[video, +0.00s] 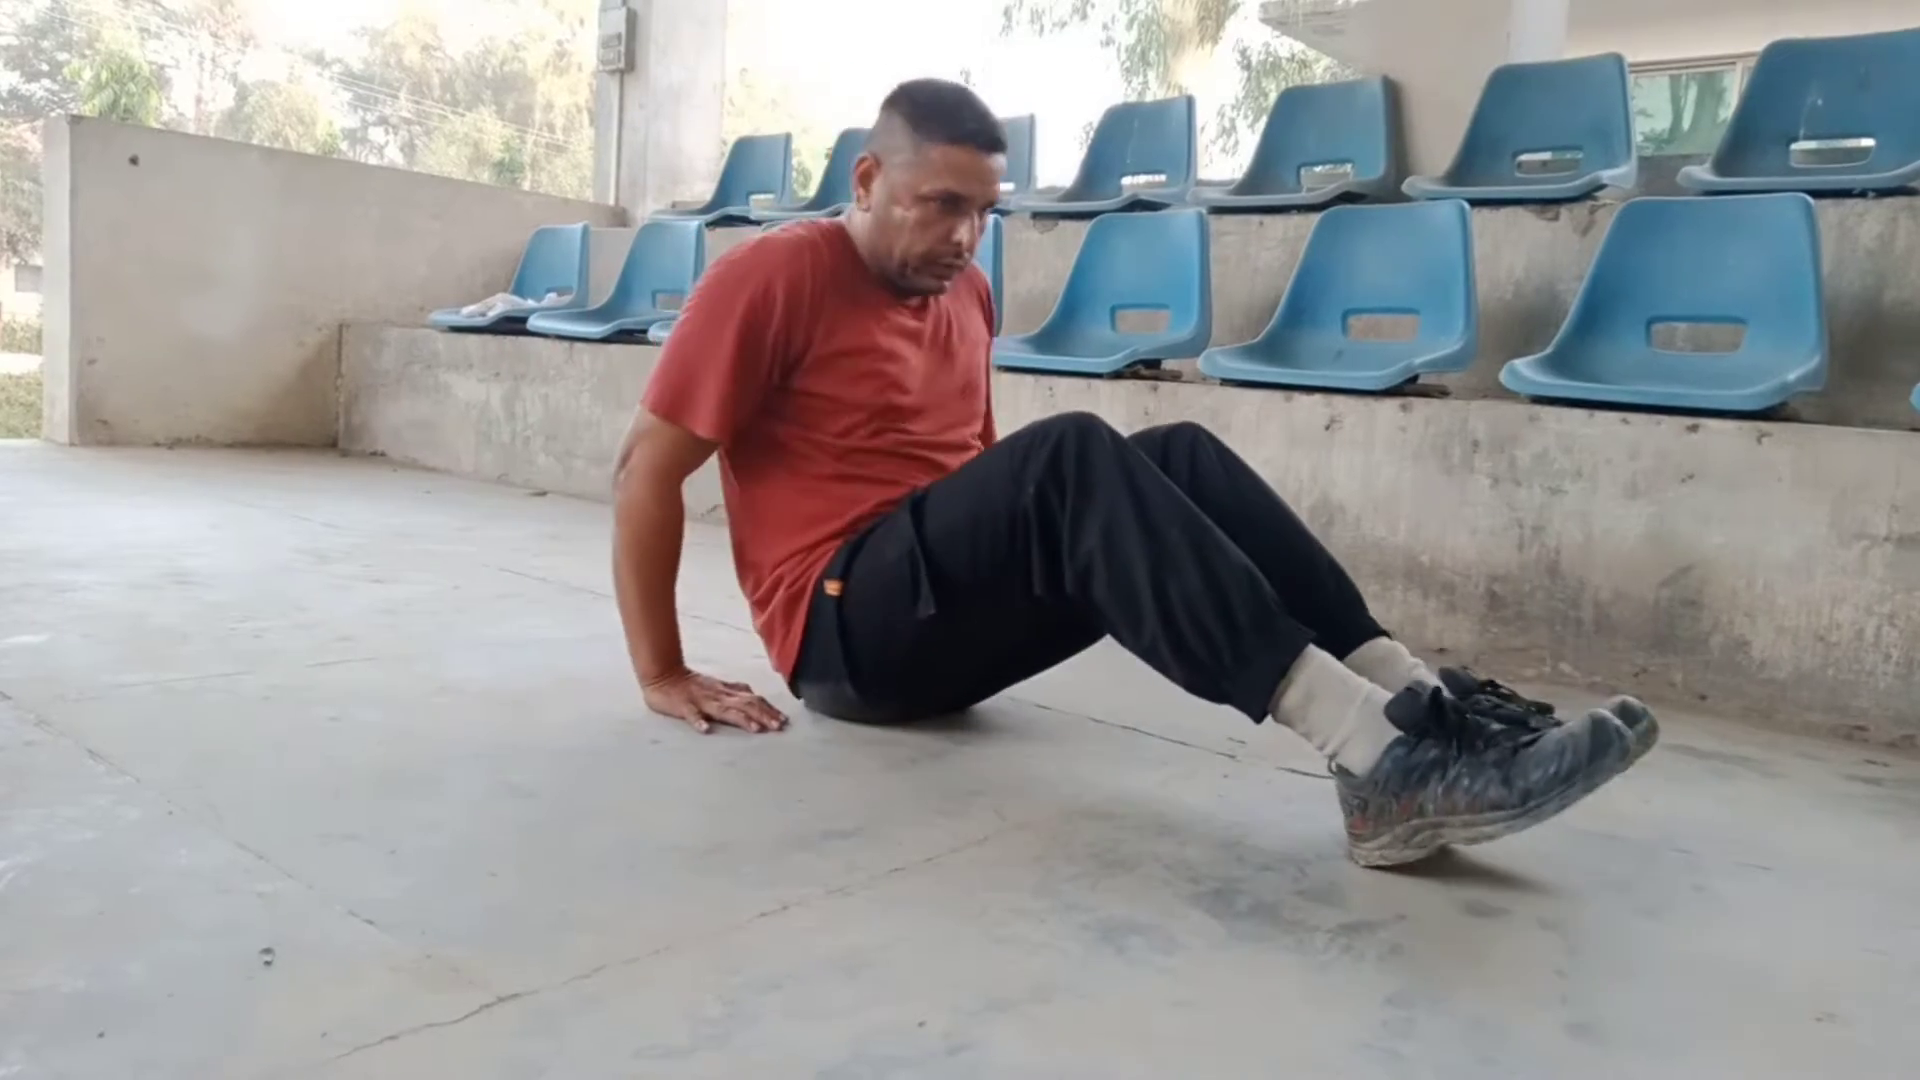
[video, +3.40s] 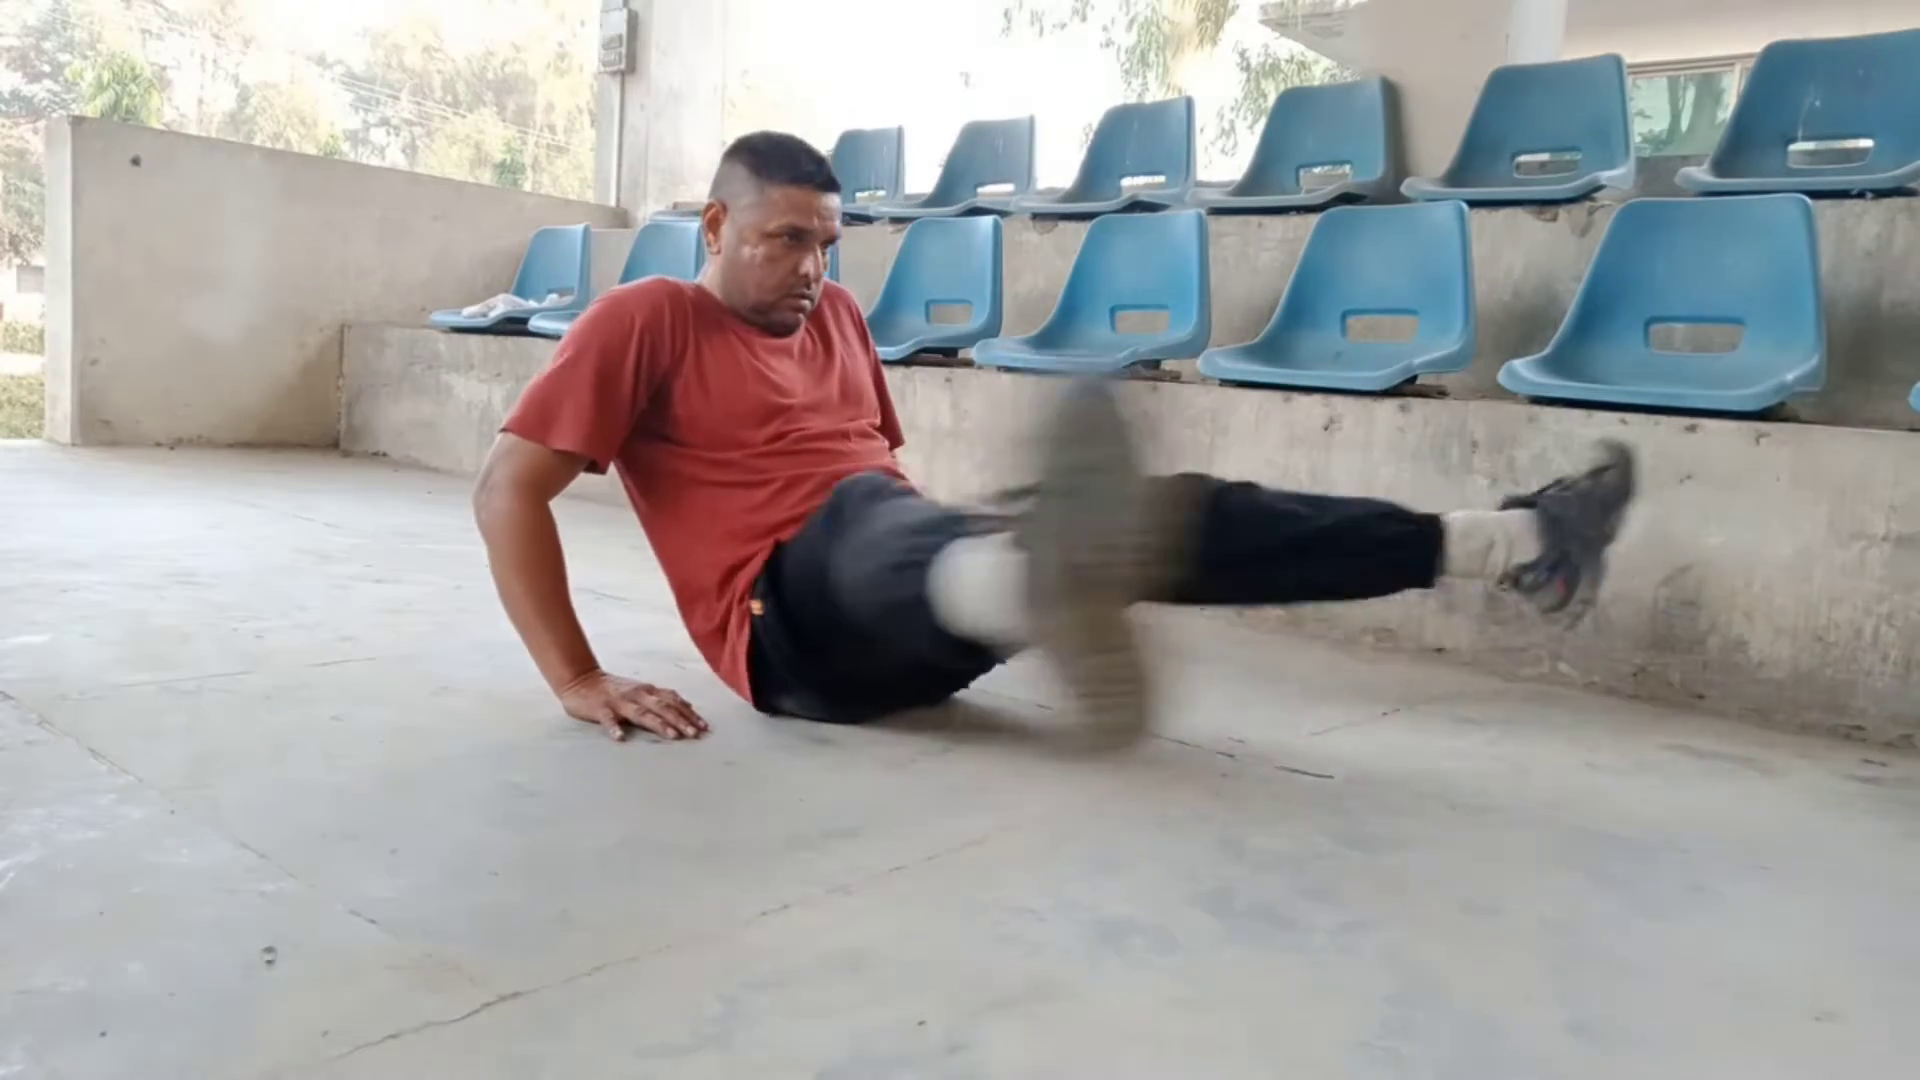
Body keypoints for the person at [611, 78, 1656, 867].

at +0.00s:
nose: (961, 235)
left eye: (978, 211)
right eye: (940, 205)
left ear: (985, 202)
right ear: (867, 183)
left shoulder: (962, 287)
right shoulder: (769, 275)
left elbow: (965, 455)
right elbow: (650, 462)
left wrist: (995, 601)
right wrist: (660, 677)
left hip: (948, 617)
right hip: (844, 627)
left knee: (1179, 454)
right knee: (1068, 451)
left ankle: (1434, 711)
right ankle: (1371, 759)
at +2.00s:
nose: (899, 231)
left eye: (917, 208)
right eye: (875, 204)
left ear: (924, 204)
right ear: (805, 189)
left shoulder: (911, 301)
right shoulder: (719, 300)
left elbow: (899, 460)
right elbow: (568, 468)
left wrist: (944, 618)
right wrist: (584, 679)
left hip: (931, 586)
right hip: (836, 609)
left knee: (1178, 453)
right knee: (1103, 469)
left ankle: (1433, 733)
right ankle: (1409, 740)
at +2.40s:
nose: (881, 241)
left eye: (893, 217)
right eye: (856, 214)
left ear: (900, 211)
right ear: (779, 203)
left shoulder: (894, 300)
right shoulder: (694, 297)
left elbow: (902, 450)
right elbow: (560, 471)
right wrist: (582, 678)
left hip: (915, 625)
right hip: (817, 629)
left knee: (1087, 369)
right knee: (996, 377)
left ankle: (1285, 618)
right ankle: (1246, 655)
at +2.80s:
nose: (836, 248)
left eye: (848, 225)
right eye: (812, 223)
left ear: (849, 220)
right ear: (737, 212)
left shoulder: (854, 309)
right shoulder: (662, 312)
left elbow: (887, 458)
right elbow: (524, 481)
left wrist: (929, 571)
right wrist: (578, 679)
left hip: (903, 611)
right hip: (812, 623)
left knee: (1120, 408)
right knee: (1037, 417)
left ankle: (1361, 646)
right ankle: (1328, 659)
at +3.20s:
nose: (796, 252)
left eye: (808, 229)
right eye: (768, 229)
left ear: (818, 230)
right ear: (698, 228)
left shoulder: (820, 316)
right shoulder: (635, 324)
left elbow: (854, 457)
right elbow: (504, 493)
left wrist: (900, 550)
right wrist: (575, 681)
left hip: (903, 571)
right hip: (800, 613)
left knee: (1172, 490)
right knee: (1037, 509)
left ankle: (1504, 589)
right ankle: (1420, 637)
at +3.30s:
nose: (801, 258)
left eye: (813, 236)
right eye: (776, 234)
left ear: (821, 235)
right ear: (706, 226)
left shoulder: (829, 318)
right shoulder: (639, 323)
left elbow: (863, 465)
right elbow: (506, 494)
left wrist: (905, 577)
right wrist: (576, 682)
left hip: (912, 581)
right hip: (790, 626)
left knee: (1179, 493)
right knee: (950, 493)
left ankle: (1544, 553)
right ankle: (1264, 603)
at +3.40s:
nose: (811, 264)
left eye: (823, 240)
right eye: (787, 237)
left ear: (830, 234)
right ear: (715, 223)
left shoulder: (837, 320)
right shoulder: (644, 323)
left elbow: (872, 472)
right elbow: (507, 494)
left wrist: (943, 548)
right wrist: (575, 682)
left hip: (908, 572)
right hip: (787, 609)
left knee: (1170, 518)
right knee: (885, 526)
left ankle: (1517, 548)